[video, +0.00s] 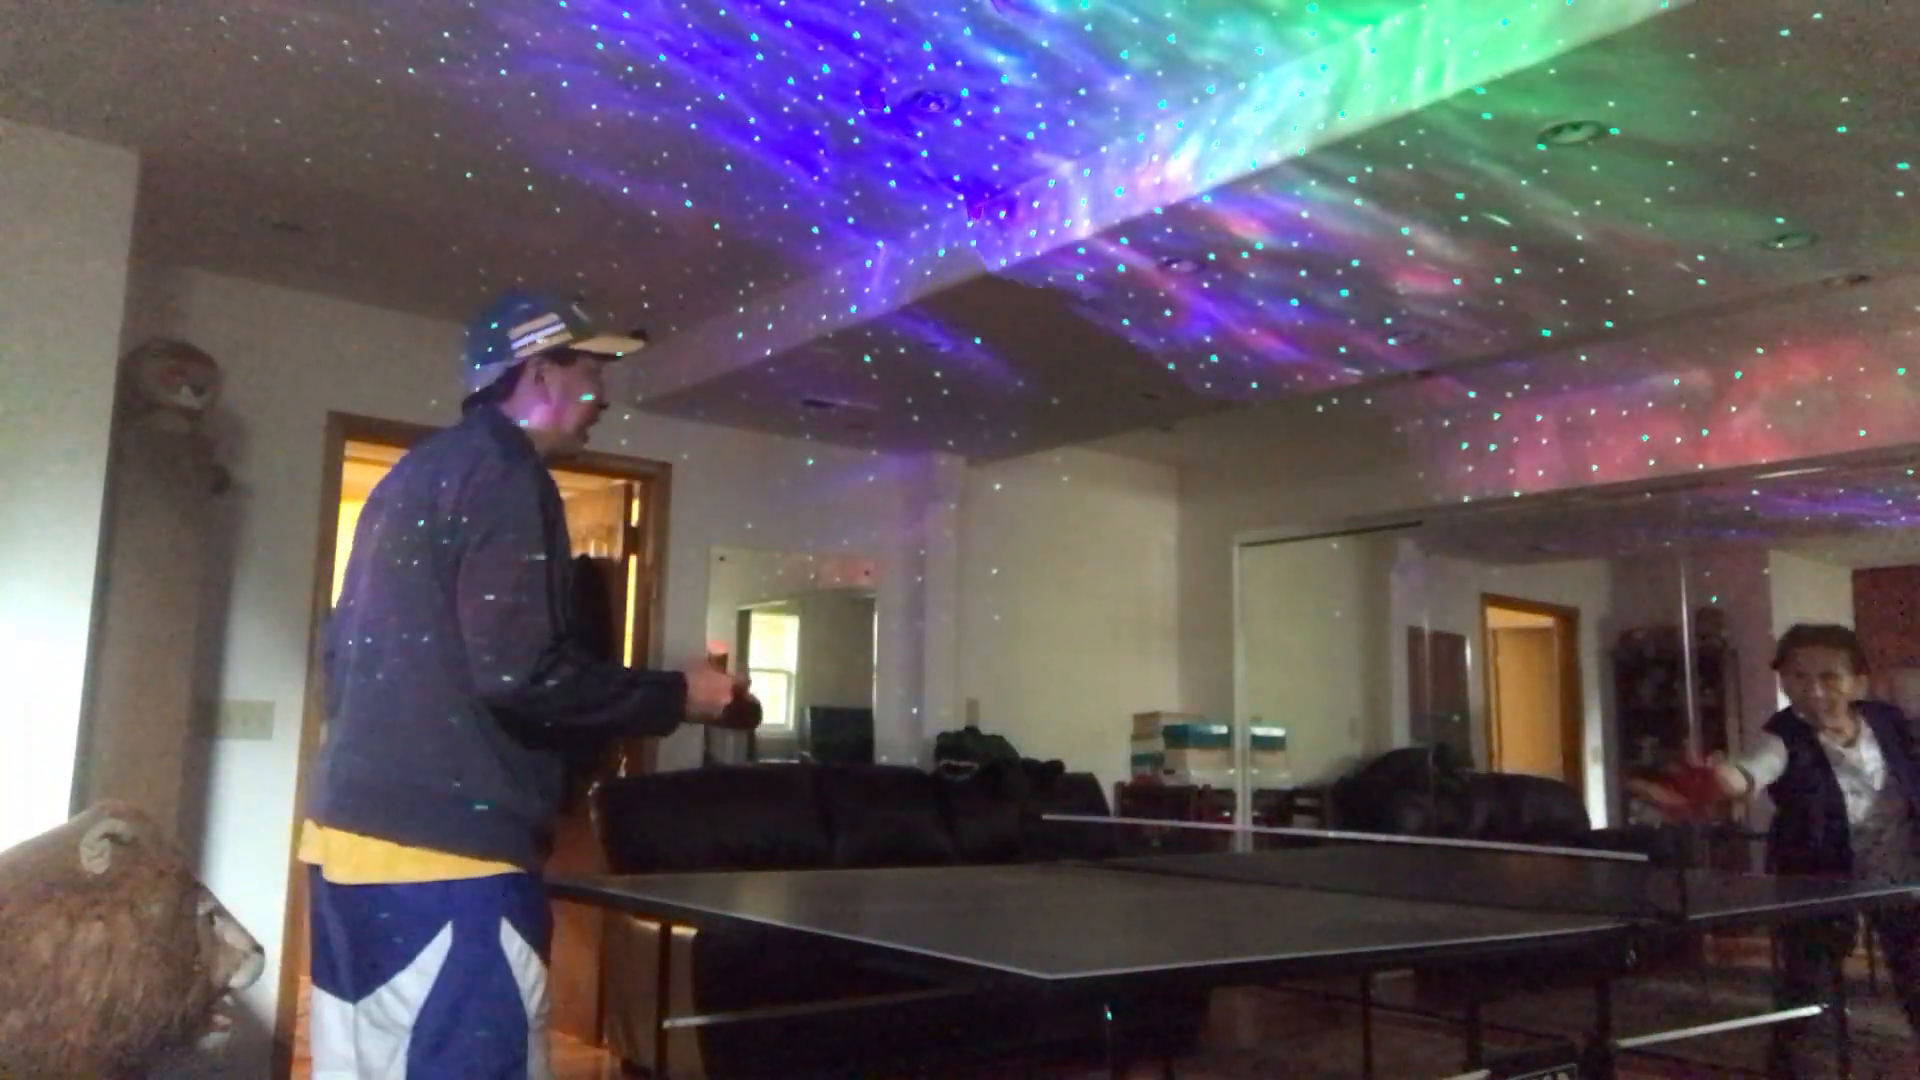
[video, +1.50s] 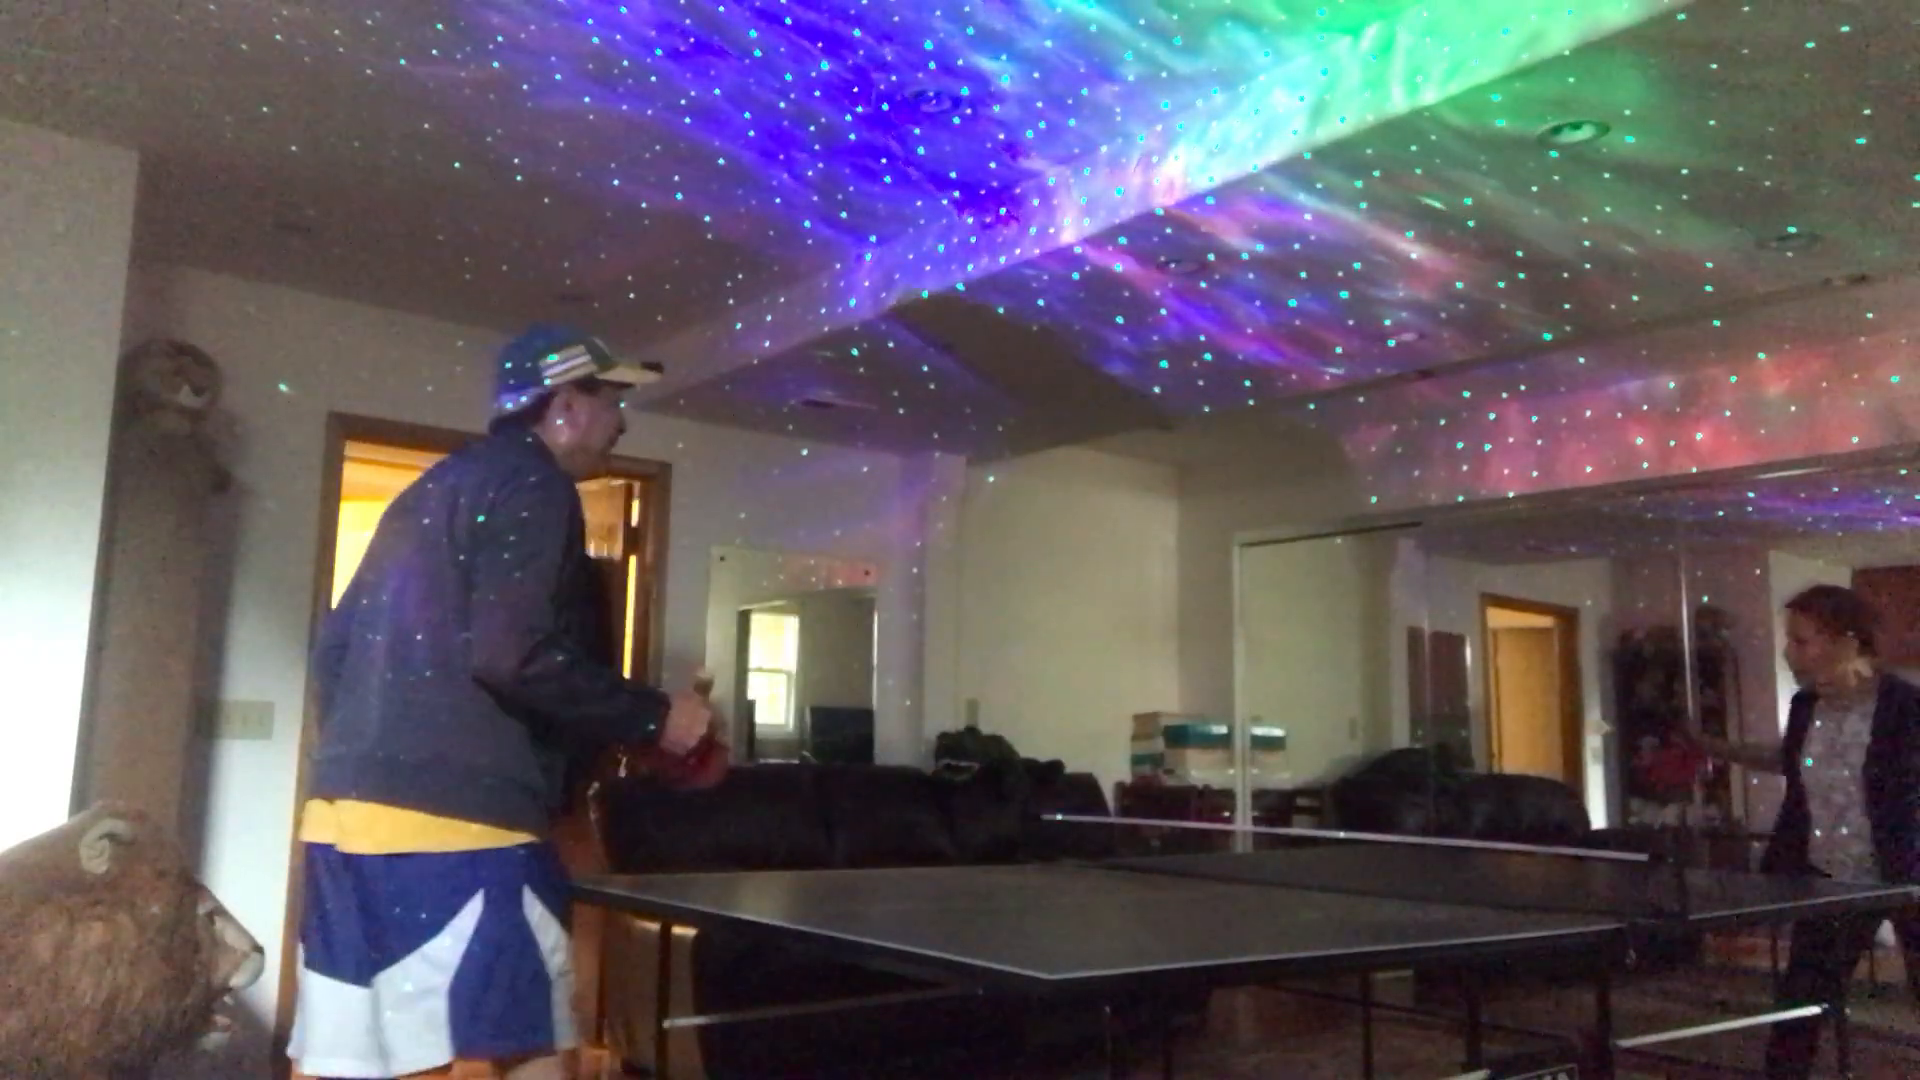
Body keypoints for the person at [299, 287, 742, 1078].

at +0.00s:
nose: (601, 399)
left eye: (600, 378)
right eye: (592, 376)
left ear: (524, 376)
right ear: (539, 374)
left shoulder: (409, 471)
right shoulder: (508, 477)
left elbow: (343, 642)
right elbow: (517, 670)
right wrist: (677, 695)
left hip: (355, 841)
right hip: (453, 853)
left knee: (363, 1061)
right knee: (472, 1061)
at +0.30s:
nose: (630, 437)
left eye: (631, 416)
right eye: (621, 413)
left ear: (545, 411)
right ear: (570, 412)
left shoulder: (424, 490)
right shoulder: (540, 500)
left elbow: (329, 640)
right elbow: (555, 682)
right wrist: (697, 732)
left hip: (326, 821)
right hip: (448, 826)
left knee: (332, 1060)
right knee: (556, 1050)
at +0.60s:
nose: (726, 529)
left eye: (730, 509)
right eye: (721, 507)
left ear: (632, 487)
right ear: (678, 496)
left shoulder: (505, 527)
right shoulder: (675, 597)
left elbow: (361, 628)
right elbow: (742, 759)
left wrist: (330, 785)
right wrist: (866, 783)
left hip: (351, 812)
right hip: (498, 840)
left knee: (322, 1062)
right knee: (577, 1052)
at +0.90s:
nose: (761, 497)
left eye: (762, 480)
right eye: (756, 477)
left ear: (676, 464)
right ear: (714, 474)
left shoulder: (541, 504)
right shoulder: (732, 567)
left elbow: (412, 590)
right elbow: (842, 653)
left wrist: (357, 733)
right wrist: (931, 562)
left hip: (411, 804)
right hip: (552, 832)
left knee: (388, 1053)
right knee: (607, 1053)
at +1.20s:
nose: (679, 447)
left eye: (677, 429)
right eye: (668, 427)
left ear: (587, 430)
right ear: (623, 434)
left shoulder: (468, 506)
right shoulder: (616, 515)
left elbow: (380, 653)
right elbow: (634, 665)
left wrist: (455, 727)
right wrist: (763, 685)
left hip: (389, 812)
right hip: (517, 822)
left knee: (394, 1057)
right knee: (588, 1058)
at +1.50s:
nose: (621, 423)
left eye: (621, 404)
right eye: (613, 402)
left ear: (529, 403)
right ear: (565, 404)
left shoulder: (423, 491)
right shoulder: (535, 487)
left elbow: (336, 642)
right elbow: (511, 652)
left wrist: (382, 757)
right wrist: (654, 714)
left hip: (345, 824)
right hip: (459, 829)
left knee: (348, 1062)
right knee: (530, 1061)